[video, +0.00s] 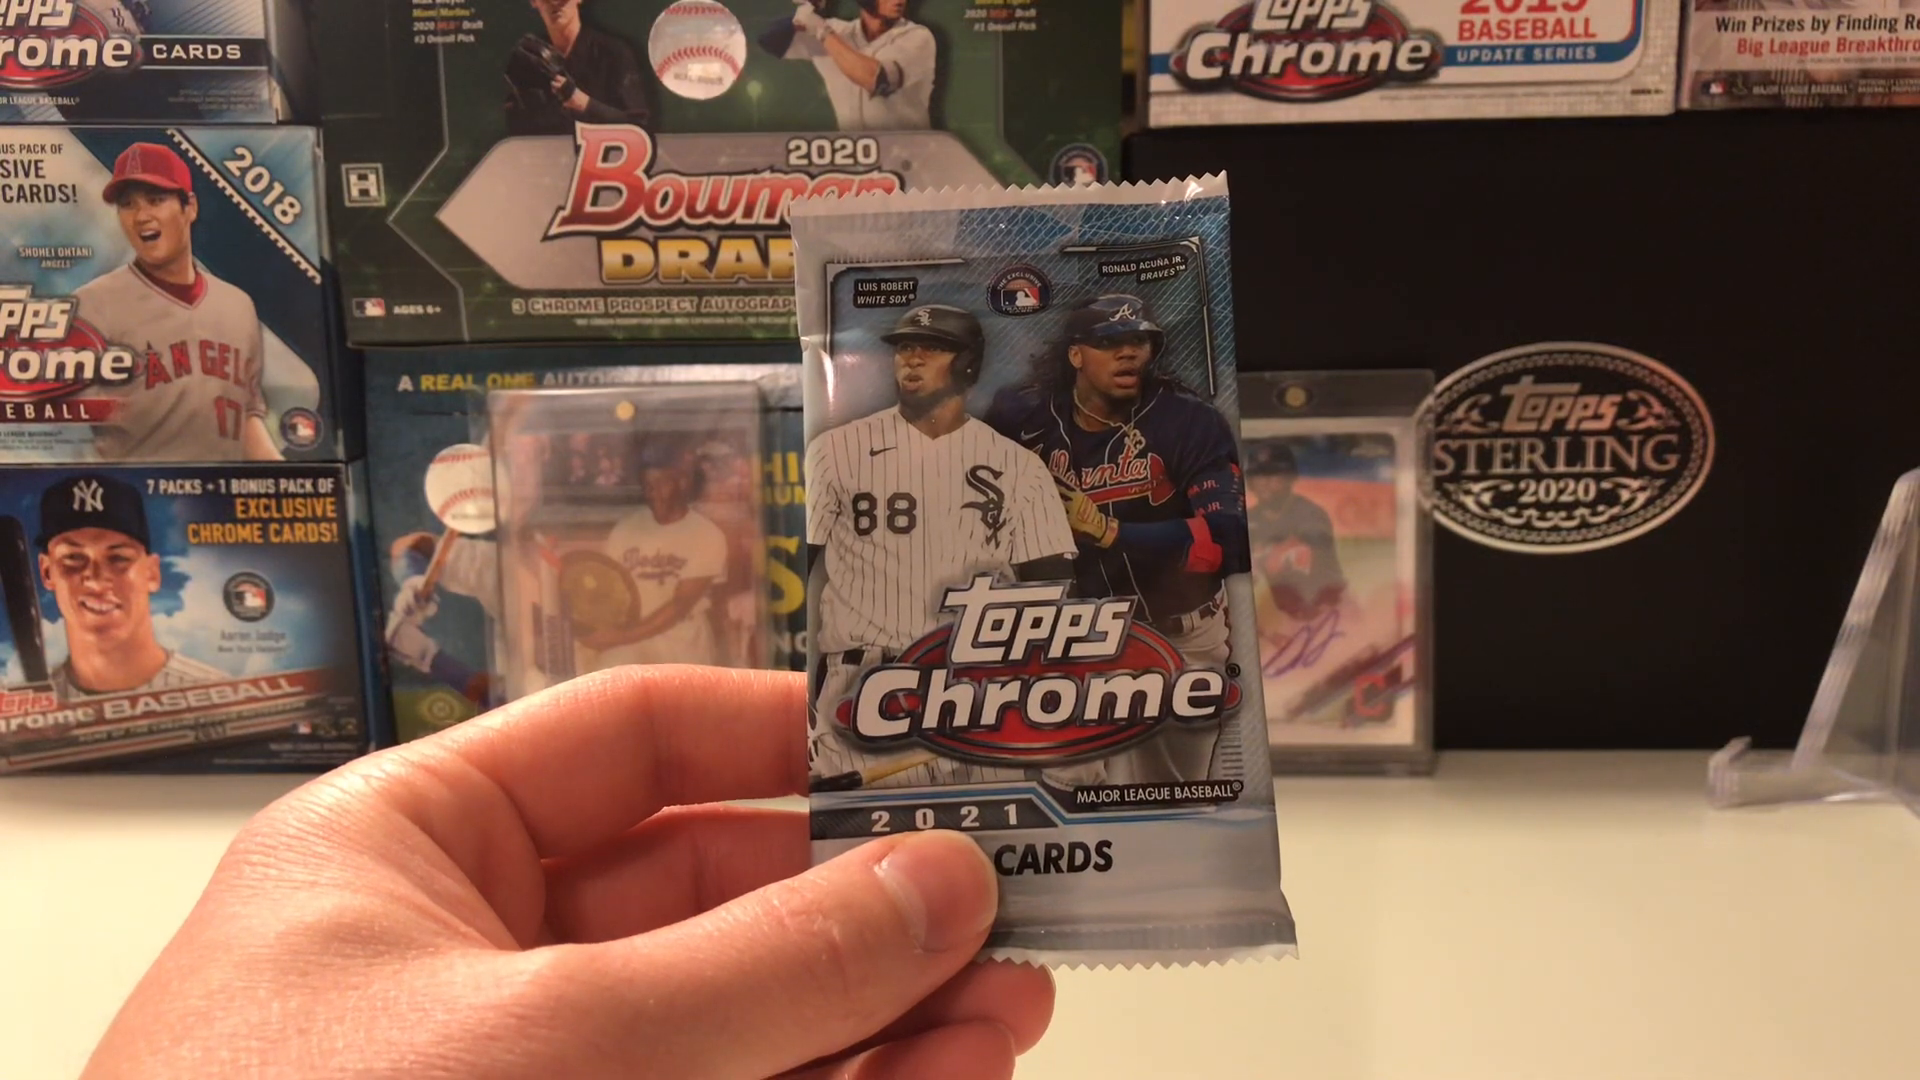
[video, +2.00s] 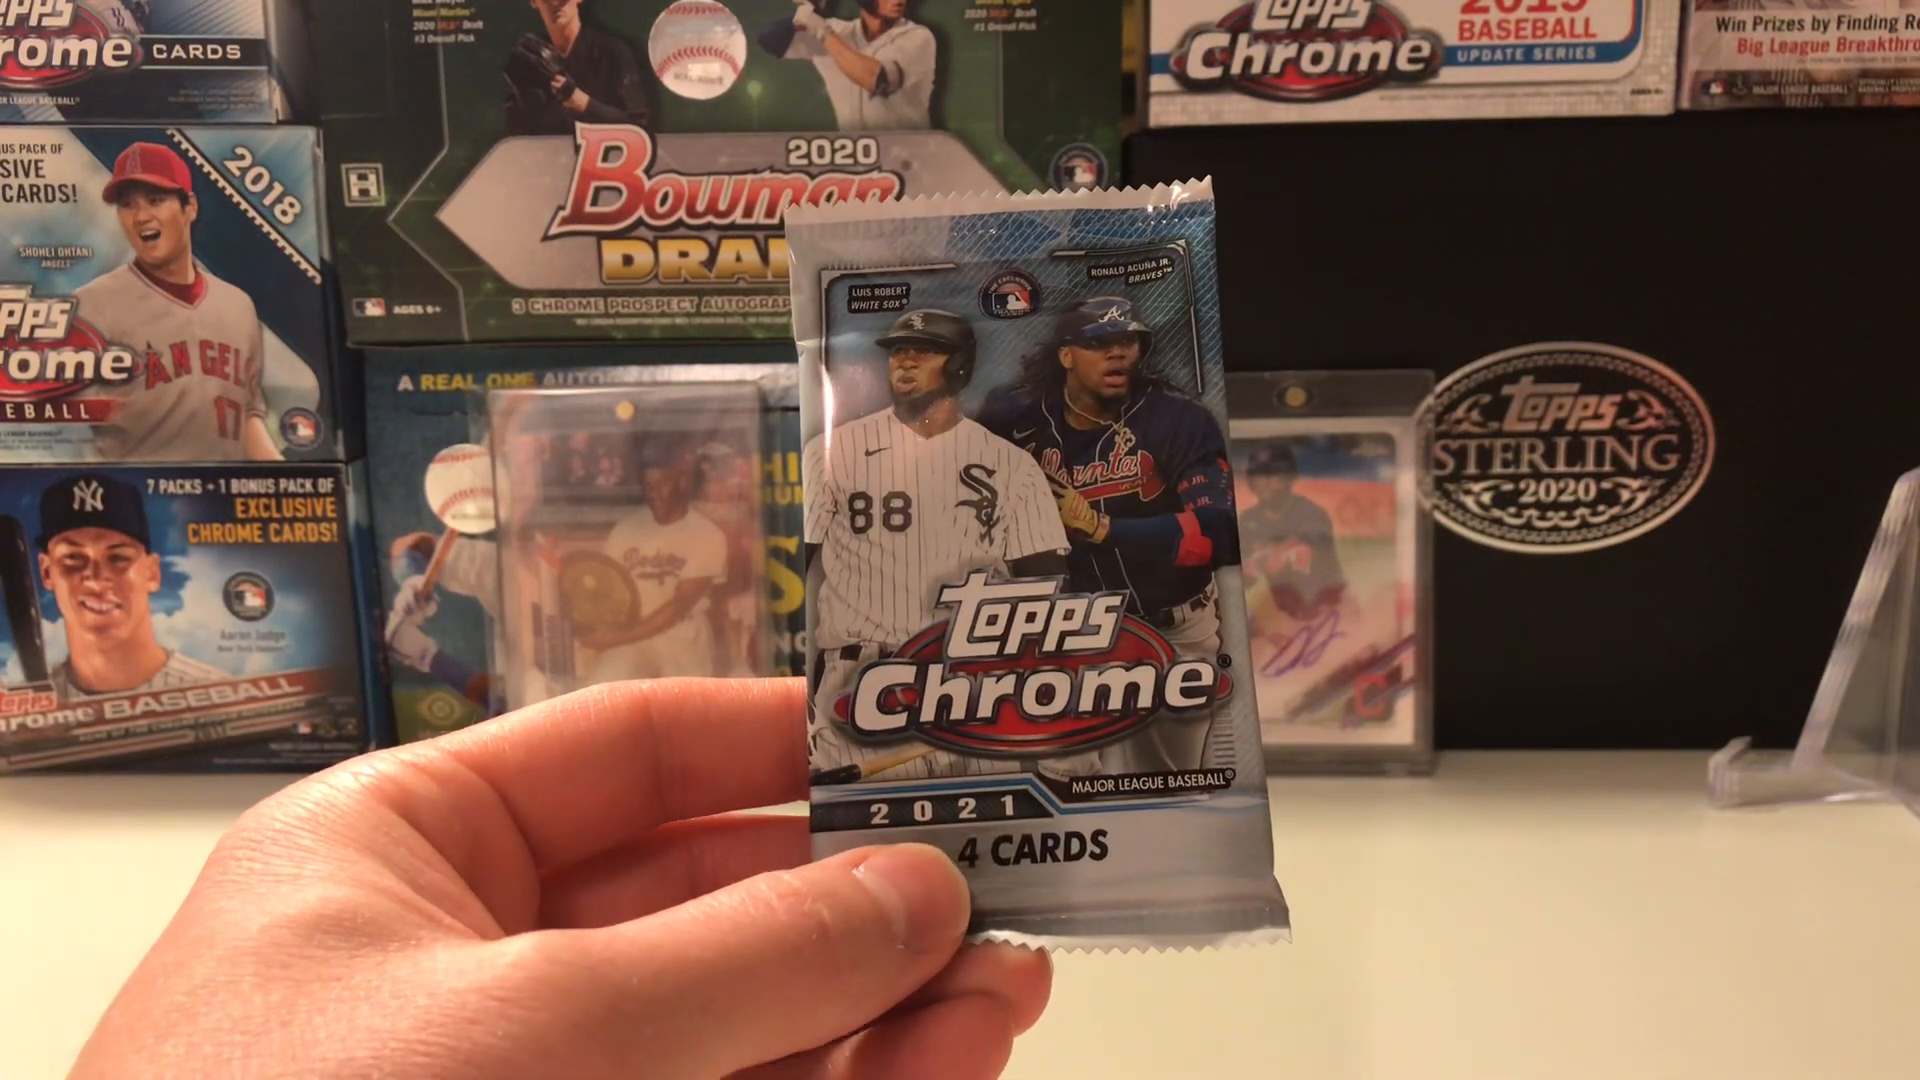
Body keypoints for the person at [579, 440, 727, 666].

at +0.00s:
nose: (653, 493)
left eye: (661, 483)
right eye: (647, 485)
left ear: (683, 483)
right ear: (642, 487)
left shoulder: (707, 536)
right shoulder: (625, 530)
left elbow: (680, 606)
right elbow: (605, 592)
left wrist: (620, 637)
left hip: (683, 661)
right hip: (626, 661)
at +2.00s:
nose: (653, 495)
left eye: (660, 485)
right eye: (648, 486)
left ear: (683, 483)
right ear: (642, 488)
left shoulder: (707, 536)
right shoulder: (625, 530)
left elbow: (679, 607)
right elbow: (604, 589)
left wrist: (617, 637)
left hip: (682, 645)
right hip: (625, 646)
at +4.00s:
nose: (653, 495)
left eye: (661, 485)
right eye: (648, 487)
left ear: (681, 485)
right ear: (643, 489)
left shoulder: (707, 536)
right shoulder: (625, 529)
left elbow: (680, 607)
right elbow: (604, 588)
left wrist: (618, 637)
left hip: (683, 641)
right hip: (626, 642)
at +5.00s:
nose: (652, 495)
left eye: (659, 485)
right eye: (647, 486)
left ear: (681, 483)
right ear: (642, 488)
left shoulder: (707, 535)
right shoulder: (625, 530)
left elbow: (680, 606)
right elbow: (603, 588)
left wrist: (620, 636)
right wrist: (596, 627)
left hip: (684, 637)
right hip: (629, 638)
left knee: (687, 710)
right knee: (602, 696)